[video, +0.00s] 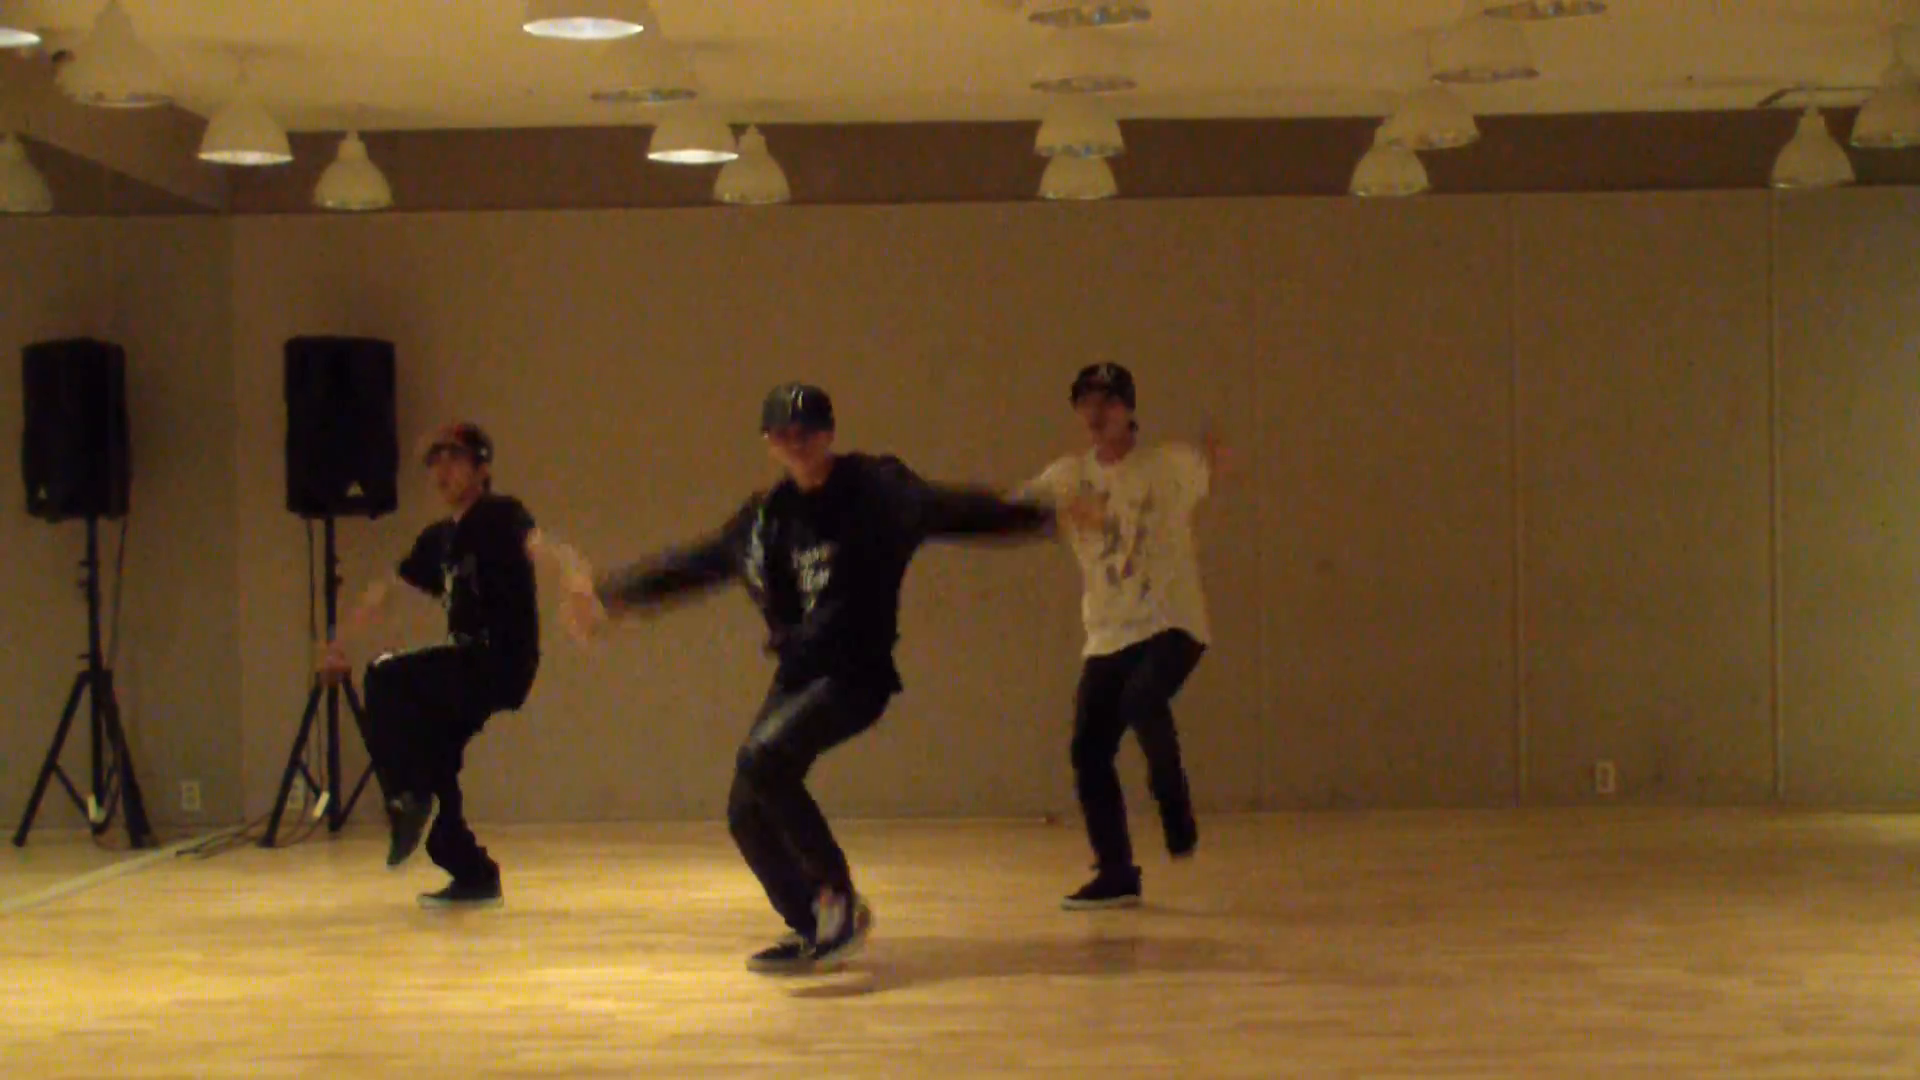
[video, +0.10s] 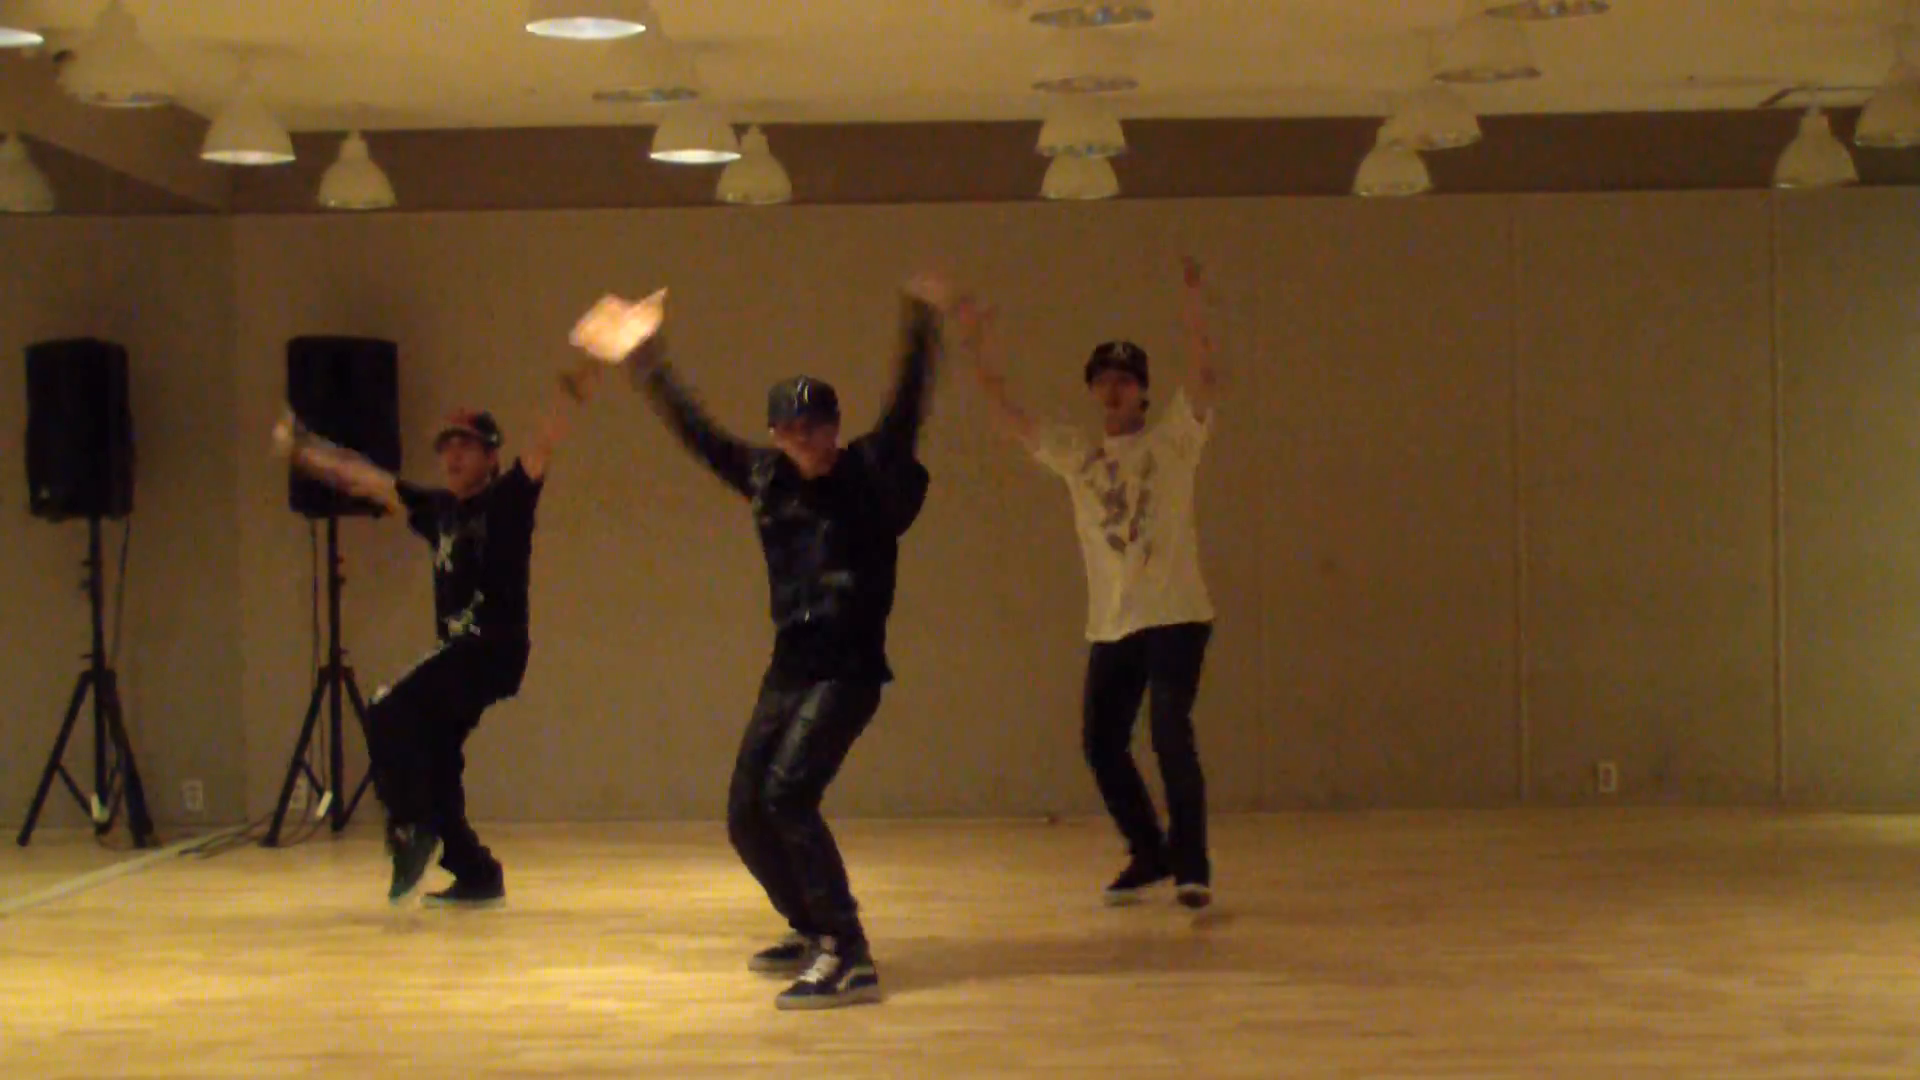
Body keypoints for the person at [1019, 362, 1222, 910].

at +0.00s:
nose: (1096, 420)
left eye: (1106, 409)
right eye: (1086, 411)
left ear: (1130, 411)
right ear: (1077, 417)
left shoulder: (1170, 465)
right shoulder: (1069, 477)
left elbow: (1204, 477)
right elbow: (1010, 508)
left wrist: (1219, 469)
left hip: (1174, 625)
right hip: (1109, 638)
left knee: (1143, 699)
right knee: (1089, 749)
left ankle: (1174, 811)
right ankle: (1115, 870)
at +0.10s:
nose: (1115, 392)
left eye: (1126, 381)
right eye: (1104, 382)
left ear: (1145, 389)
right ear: (1090, 391)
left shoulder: (1174, 440)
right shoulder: (1076, 455)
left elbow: (1202, 377)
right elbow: (1005, 411)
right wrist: (979, 339)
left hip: (1177, 616)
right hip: (1115, 624)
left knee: (1169, 732)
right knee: (1104, 745)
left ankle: (1190, 865)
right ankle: (1147, 853)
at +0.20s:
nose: (1132, 404)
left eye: (1142, 394)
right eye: (1122, 395)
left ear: (1158, 401)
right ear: (1105, 403)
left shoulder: (1179, 450)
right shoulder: (1095, 459)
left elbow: (1177, 365)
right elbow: (1072, 383)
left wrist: (1137, 302)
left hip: (1178, 622)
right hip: (1116, 625)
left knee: (1183, 752)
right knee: (1125, 758)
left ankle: (1205, 885)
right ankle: (1165, 864)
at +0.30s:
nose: (1139, 410)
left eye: (1151, 400)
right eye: (1127, 401)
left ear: (1167, 412)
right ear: (1111, 413)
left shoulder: (1193, 467)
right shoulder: (1095, 471)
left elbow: (1230, 388)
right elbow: (1040, 408)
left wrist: (1199, 309)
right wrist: (1074, 338)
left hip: (1186, 635)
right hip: (1121, 639)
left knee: (1187, 761)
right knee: (1133, 770)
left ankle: (1205, 887)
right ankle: (1166, 866)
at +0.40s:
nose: (1139, 418)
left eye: (1150, 407)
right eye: (1128, 407)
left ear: (1167, 417)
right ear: (1112, 419)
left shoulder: (1198, 471)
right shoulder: (1094, 480)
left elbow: (1280, 452)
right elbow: (1021, 478)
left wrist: (1313, 388)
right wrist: (998, 410)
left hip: (1193, 641)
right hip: (1131, 649)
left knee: (1190, 757)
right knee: (1140, 769)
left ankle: (1207, 886)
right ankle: (1169, 866)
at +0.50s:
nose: (1139, 439)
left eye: (1149, 428)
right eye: (1129, 429)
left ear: (1168, 432)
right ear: (1113, 435)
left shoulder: (1202, 488)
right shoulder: (1097, 497)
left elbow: (1250, 542)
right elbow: (1060, 562)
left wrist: (1276, 554)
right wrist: (1031, 558)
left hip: (1200, 647)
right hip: (1138, 653)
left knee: (1188, 755)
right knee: (1140, 768)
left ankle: (1209, 884)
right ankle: (1171, 864)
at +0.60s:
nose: (1137, 466)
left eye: (1147, 454)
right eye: (1127, 455)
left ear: (1168, 459)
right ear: (1115, 461)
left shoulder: (1203, 518)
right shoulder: (1100, 525)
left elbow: (1211, 609)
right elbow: (1102, 613)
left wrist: (1168, 629)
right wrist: (1133, 633)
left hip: (1201, 659)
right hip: (1141, 663)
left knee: (1185, 758)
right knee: (1140, 774)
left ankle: (1208, 883)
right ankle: (1171, 864)